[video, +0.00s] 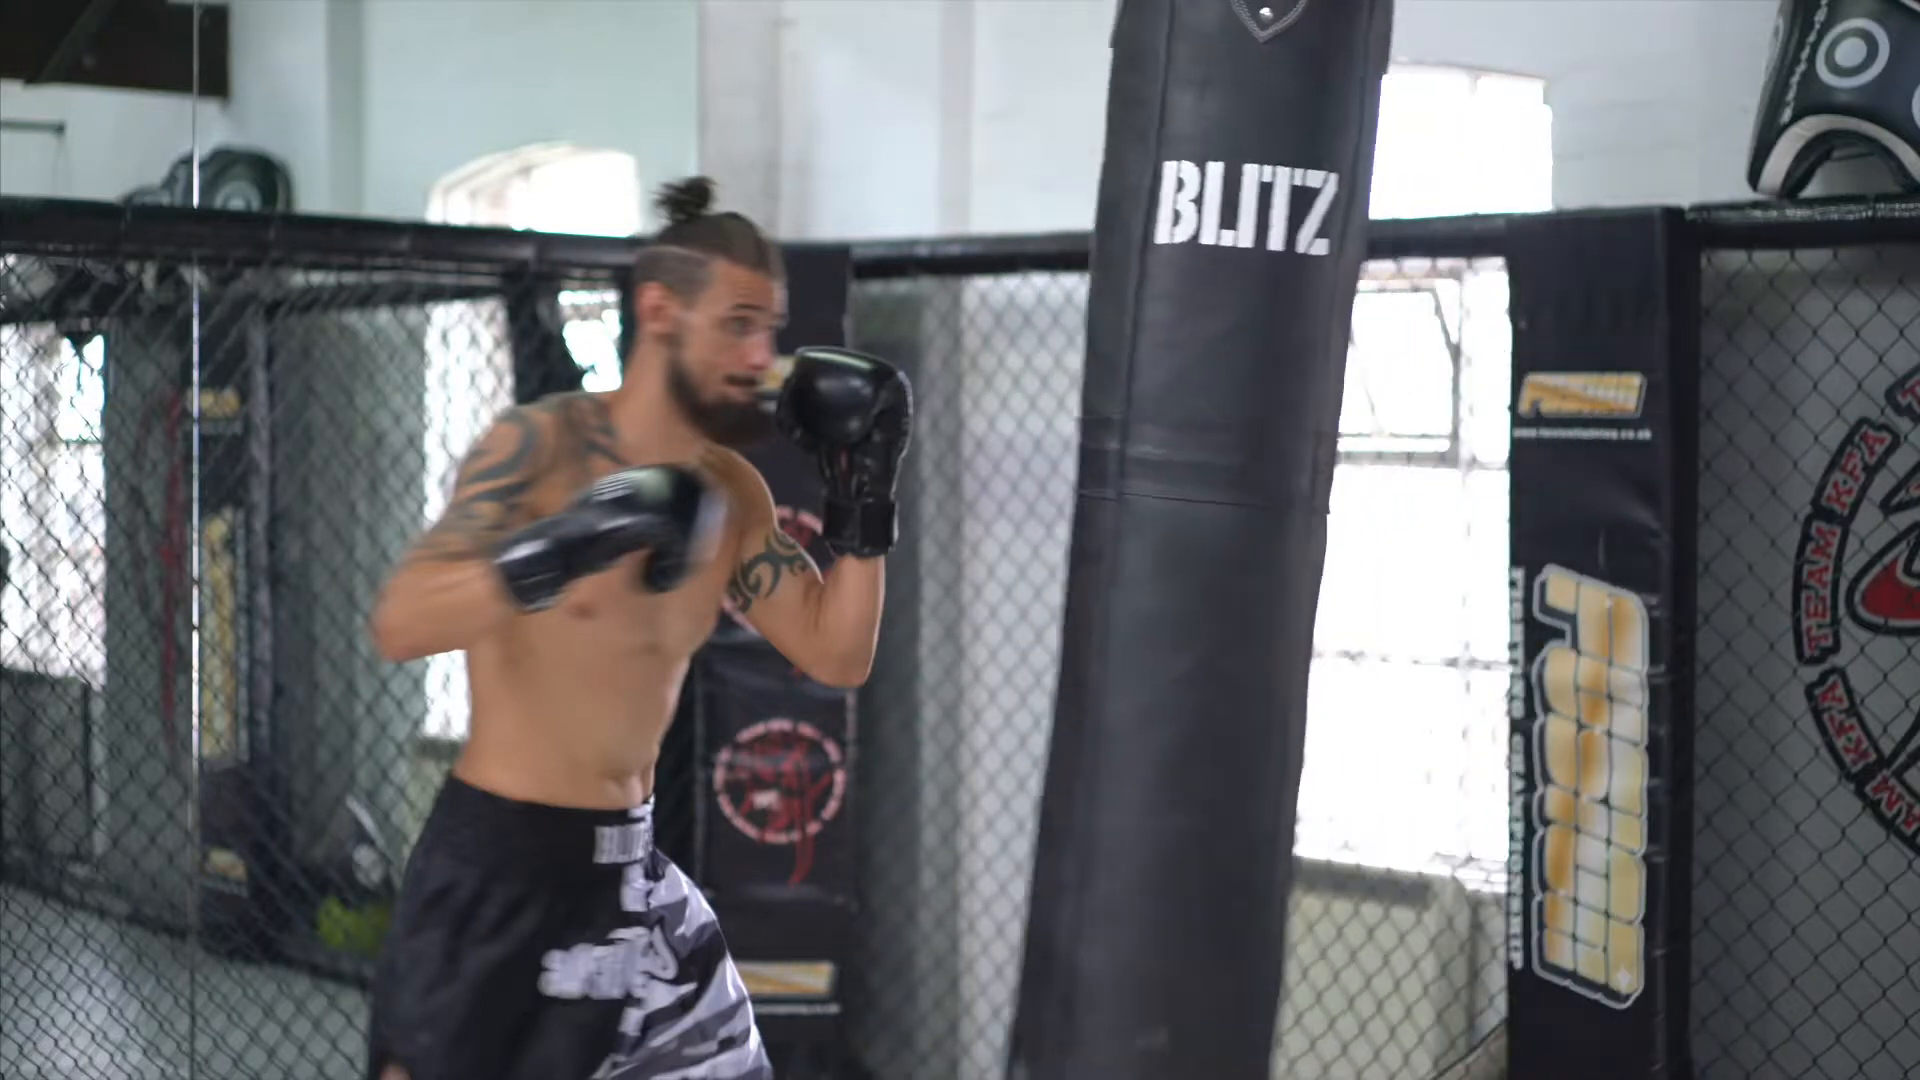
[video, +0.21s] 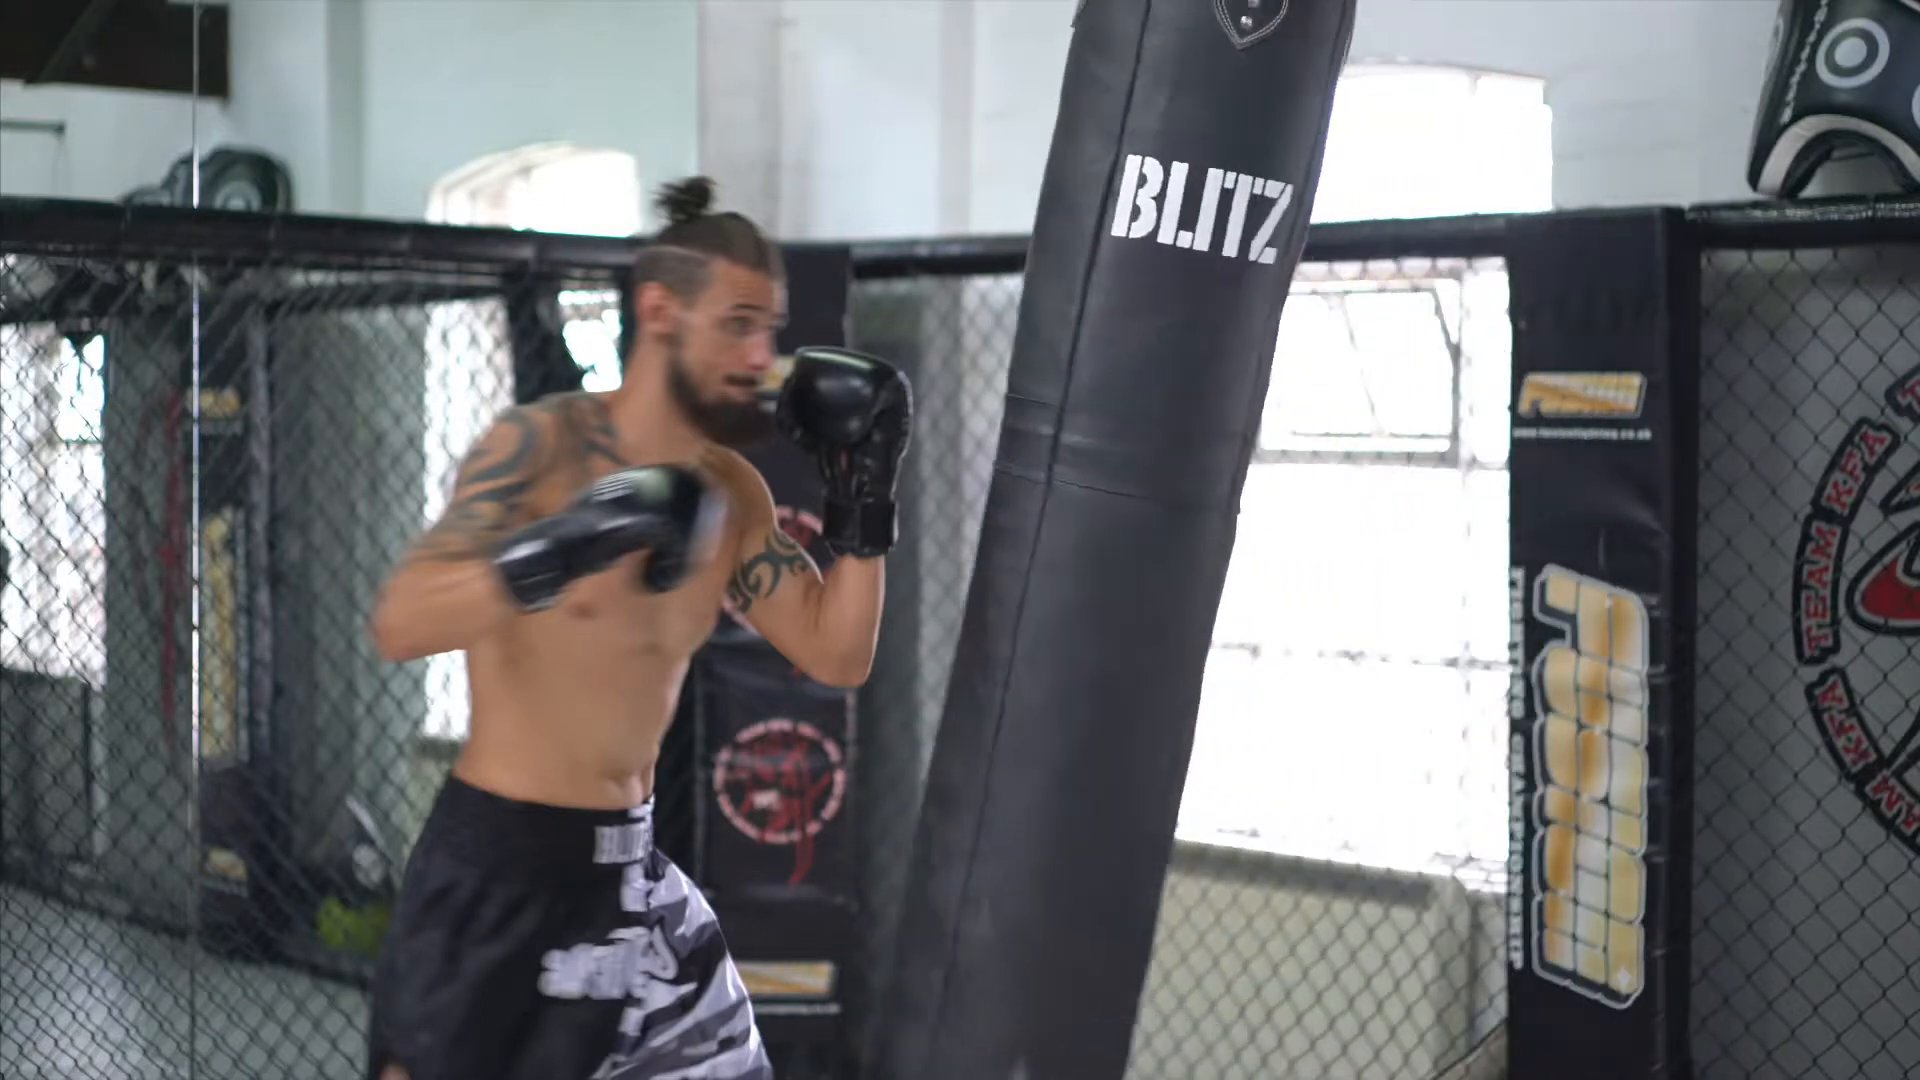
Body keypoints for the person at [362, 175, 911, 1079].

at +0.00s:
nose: (763, 357)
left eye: (772, 331)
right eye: (739, 325)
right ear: (656, 309)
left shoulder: (733, 492)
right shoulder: (538, 441)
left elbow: (839, 655)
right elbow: (400, 623)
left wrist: (865, 482)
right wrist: (569, 546)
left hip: (635, 868)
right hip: (500, 866)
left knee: (732, 1066)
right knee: (440, 1065)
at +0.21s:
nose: (762, 358)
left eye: (772, 331)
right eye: (739, 325)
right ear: (656, 310)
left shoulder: (733, 492)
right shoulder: (537, 441)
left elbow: (839, 655)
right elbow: (400, 624)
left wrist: (865, 480)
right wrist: (568, 546)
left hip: (635, 867)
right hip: (500, 865)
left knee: (731, 1066)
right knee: (437, 1065)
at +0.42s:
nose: (762, 357)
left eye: (772, 331)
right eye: (739, 325)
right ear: (656, 310)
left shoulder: (733, 492)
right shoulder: (537, 441)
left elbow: (839, 655)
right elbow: (400, 623)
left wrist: (865, 480)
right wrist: (569, 546)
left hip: (635, 866)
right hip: (500, 865)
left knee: (731, 1066)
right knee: (438, 1065)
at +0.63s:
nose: (762, 357)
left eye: (772, 331)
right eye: (739, 325)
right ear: (656, 309)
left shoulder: (733, 492)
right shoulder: (538, 441)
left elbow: (839, 655)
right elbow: (400, 623)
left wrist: (866, 480)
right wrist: (569, 546)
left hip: (635, 867)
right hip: (500, 865)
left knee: (732, 1066)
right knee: (439, 1065)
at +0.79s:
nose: (763, 357)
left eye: (772, 331)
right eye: (739, 325)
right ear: (656, 309)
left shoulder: (733, 493)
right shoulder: (538, 441)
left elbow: (839, 655)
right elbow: (400, 623)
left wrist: (865, 481)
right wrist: (569, 546)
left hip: (636, 868)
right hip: (501, 867)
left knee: (732, 1066)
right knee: (441, 1065)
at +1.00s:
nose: (762, 357)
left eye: (772, 331)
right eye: (739, 325)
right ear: (656, 309)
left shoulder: (733, 492)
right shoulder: (537, 441)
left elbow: (839, 655)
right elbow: (400, 623)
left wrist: (866, 481)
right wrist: (568, 546)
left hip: (635, 867)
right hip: (500, 866)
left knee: (732, 1066)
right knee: (439, 1065)